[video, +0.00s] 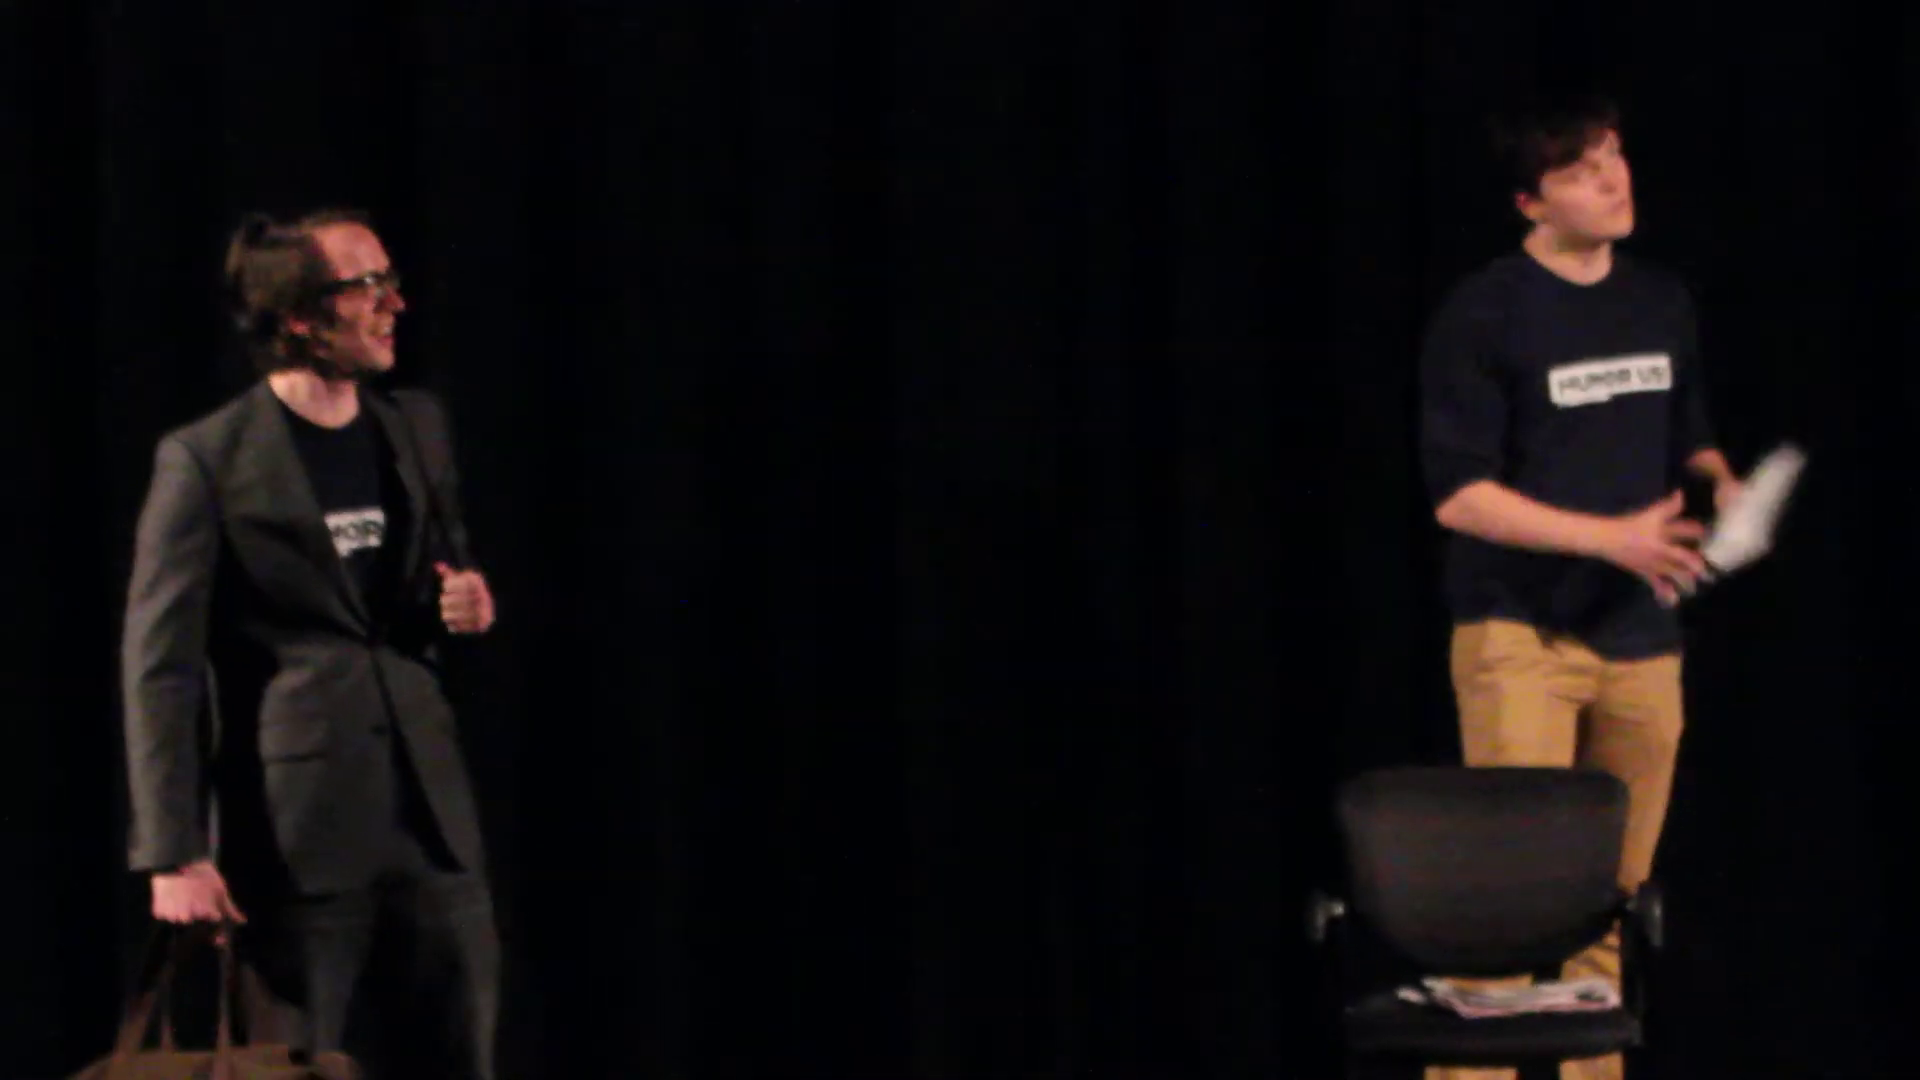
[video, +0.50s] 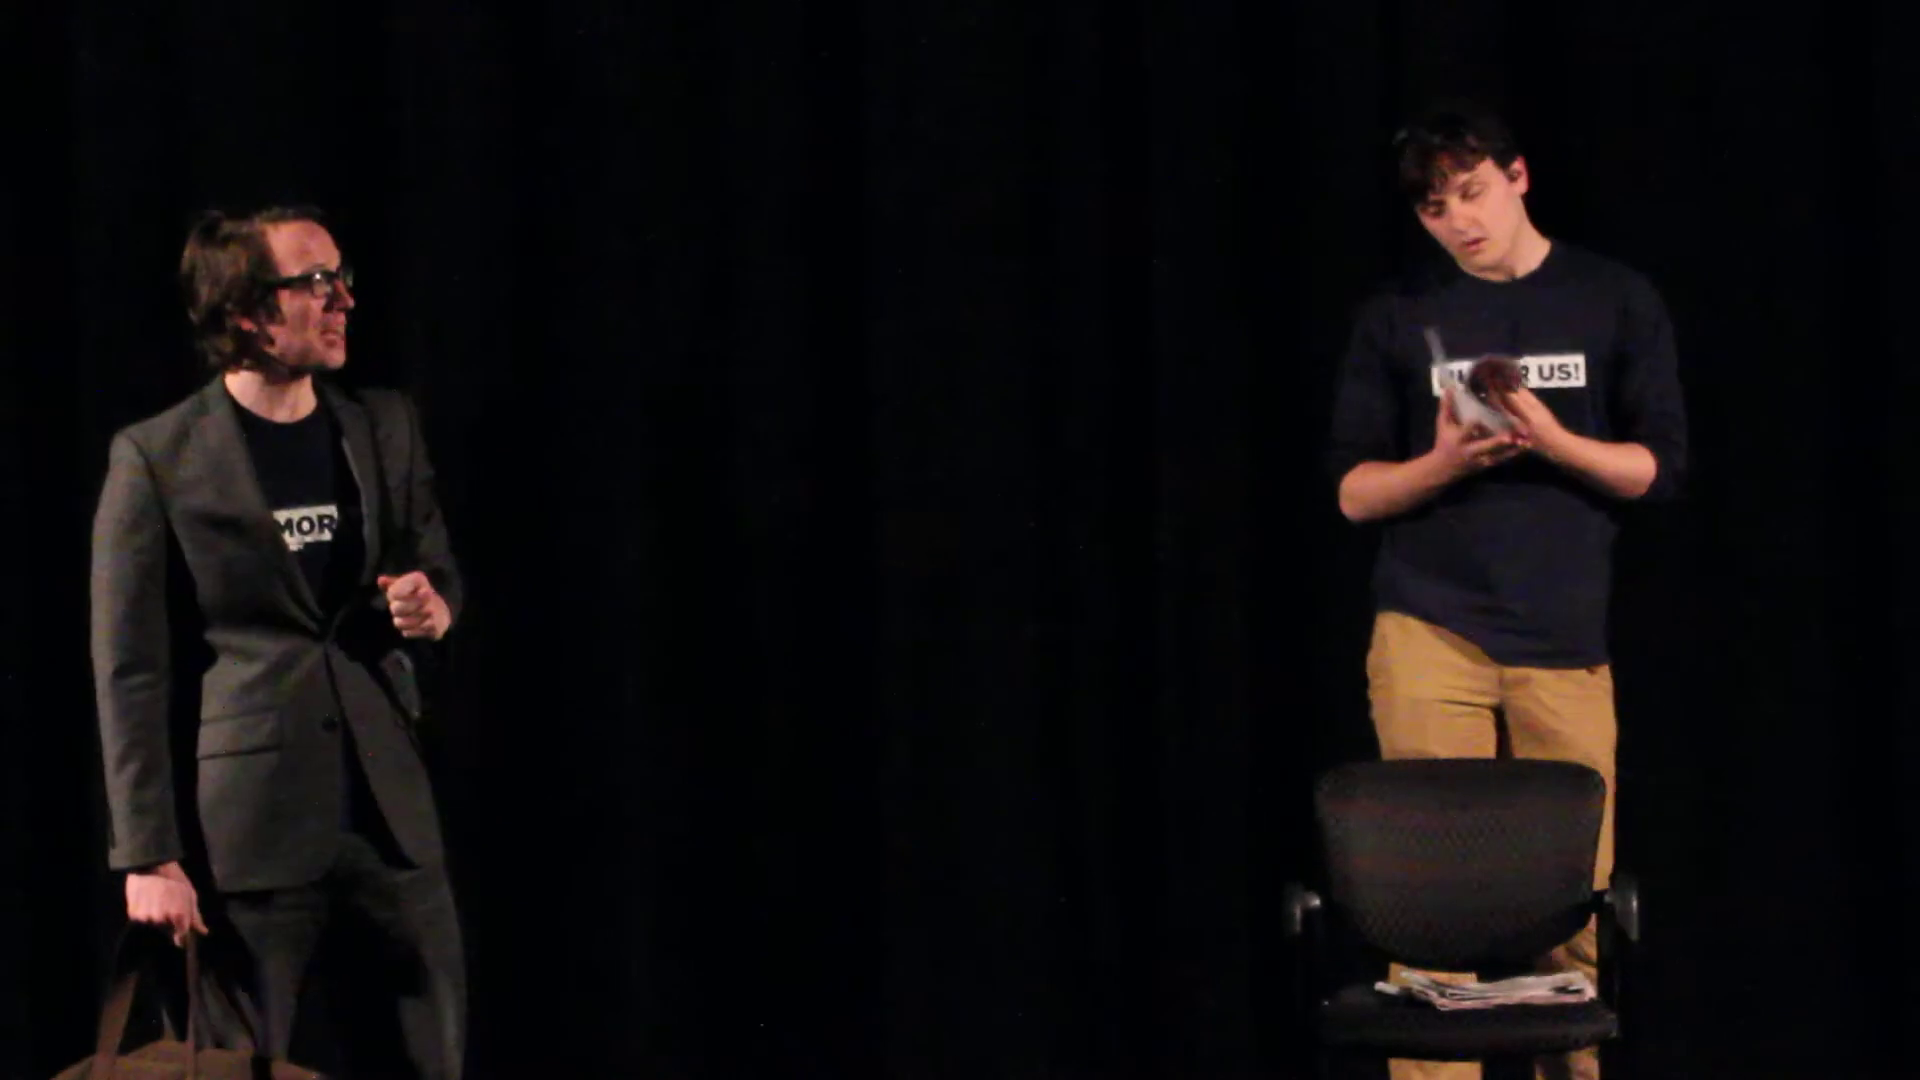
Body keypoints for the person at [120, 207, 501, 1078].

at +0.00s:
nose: (393, 301)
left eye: (390, 281)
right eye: (367, 288)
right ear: (298, 320)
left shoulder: (416, 425)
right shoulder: (205, 460)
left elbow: (443, 573)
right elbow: (161, 666)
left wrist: (468, 601)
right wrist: (175, 852)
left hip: (431, 797)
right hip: (298, 812)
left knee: (464, 1042)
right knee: (300, 1059)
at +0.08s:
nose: (386, 307)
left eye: (385, 286)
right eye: (360, 292)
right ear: (293, 322)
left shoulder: (412, 426)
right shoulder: (198, 461)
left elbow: (433, 585)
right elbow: (160, 668)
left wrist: (461, 602)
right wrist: (176, 851)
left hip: (423, 786)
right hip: (294, 803)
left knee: (473, 1007)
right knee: (294, 1047)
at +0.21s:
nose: (373, 300)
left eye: (370, 280)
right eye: (346, 287)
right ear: (278, 321)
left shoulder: (403, 426)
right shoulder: (182, 461)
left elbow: (433, 574)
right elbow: (150, 670)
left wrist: (456, 607)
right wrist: (170, 851)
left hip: (408, 778)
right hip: (279, 796)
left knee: (467, 1003)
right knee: (281, 1039)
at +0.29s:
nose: (362, 297)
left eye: (359, 278)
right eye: (335, 285)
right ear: (266, 320)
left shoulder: (396, 424)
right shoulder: (172, 458)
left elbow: (434, 570)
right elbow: (141, 669)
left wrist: (449, 607)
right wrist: (163, 849)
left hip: (403, 786)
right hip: (269, 802)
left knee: (458, 1022)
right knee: (267, 1051)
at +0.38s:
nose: (355, 297)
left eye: (353, 277)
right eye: (328, 285)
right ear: (258, 316)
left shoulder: (391, 422)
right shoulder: (165, 459)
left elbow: (439, 567)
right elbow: (135, 673)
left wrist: (442, 604)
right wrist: (156, 851)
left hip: (399, 783)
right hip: (265, 800)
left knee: (445, 1032)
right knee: (270, 1052)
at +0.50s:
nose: (342, 295)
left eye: (340, 276)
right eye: (314, 282)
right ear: (244, 316)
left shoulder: (385, 425)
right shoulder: (154, 457)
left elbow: (444, 581)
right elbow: (130, 672)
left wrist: (435, 606)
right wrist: (149, 854)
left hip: (392, 800)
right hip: (249, 815)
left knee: (436, 1049)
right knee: (248, 1066)